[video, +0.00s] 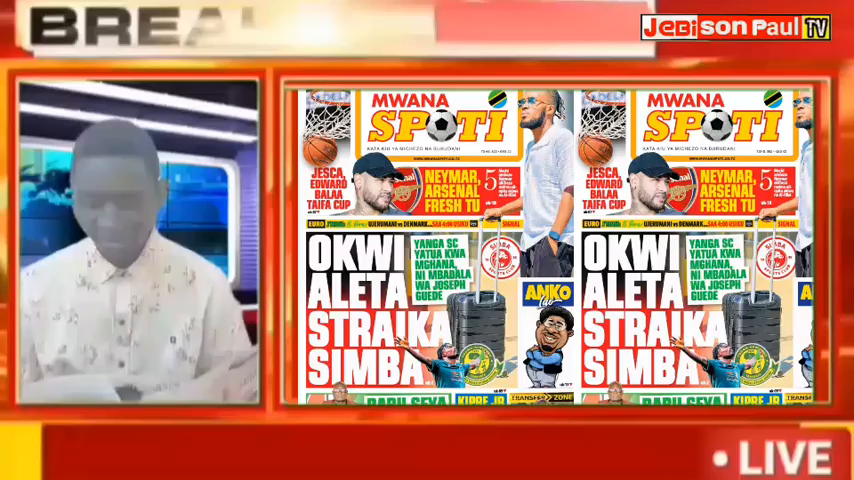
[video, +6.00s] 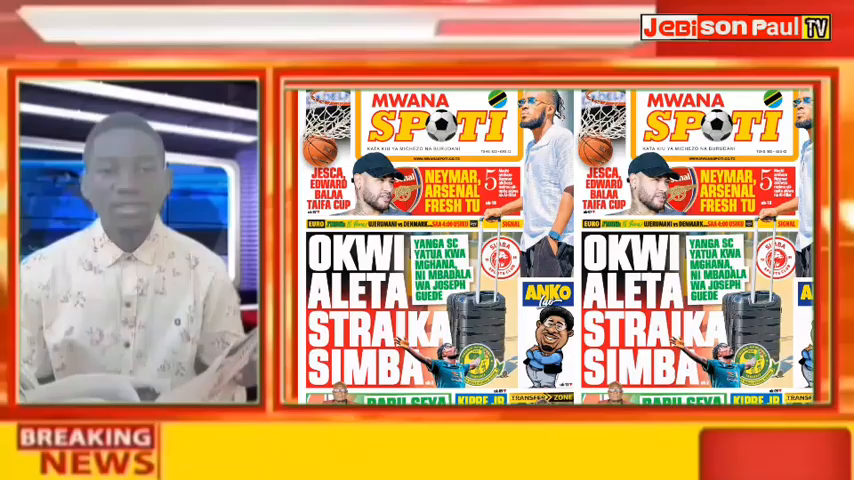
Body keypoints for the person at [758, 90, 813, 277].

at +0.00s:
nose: (799, 107)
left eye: (807, 101)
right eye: (797, 103)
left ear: (820, 107)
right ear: (794, 110)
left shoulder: (827, 147)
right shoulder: (806, 149)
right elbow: (804, 197)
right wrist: (776, 211)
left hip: (820, 239)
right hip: (804, 239)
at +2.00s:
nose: (799, 107)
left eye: (806, 101)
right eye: (797, 103)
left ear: (820, 107)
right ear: (794, 109)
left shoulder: (826, 148)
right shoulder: (806, 149)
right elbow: (805, 196)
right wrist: (777, 211)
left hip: (819, 240)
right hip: (804, 239)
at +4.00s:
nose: (799, 107)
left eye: (806, 101)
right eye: (797, 103)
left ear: (820, 107)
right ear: (794, 110)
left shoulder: (827, 147)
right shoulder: (806, 149)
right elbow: (804, 196)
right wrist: (777, 211)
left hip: (820, 240)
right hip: (803, 239)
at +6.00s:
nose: (799, 107)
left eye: (807, 101)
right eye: (797, 102)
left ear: (820, 107)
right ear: (794, 109)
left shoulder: (827, 148)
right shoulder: (806, 149)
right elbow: (805, 197)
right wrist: (777, 211)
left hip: (821, 240)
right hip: (804, 239)